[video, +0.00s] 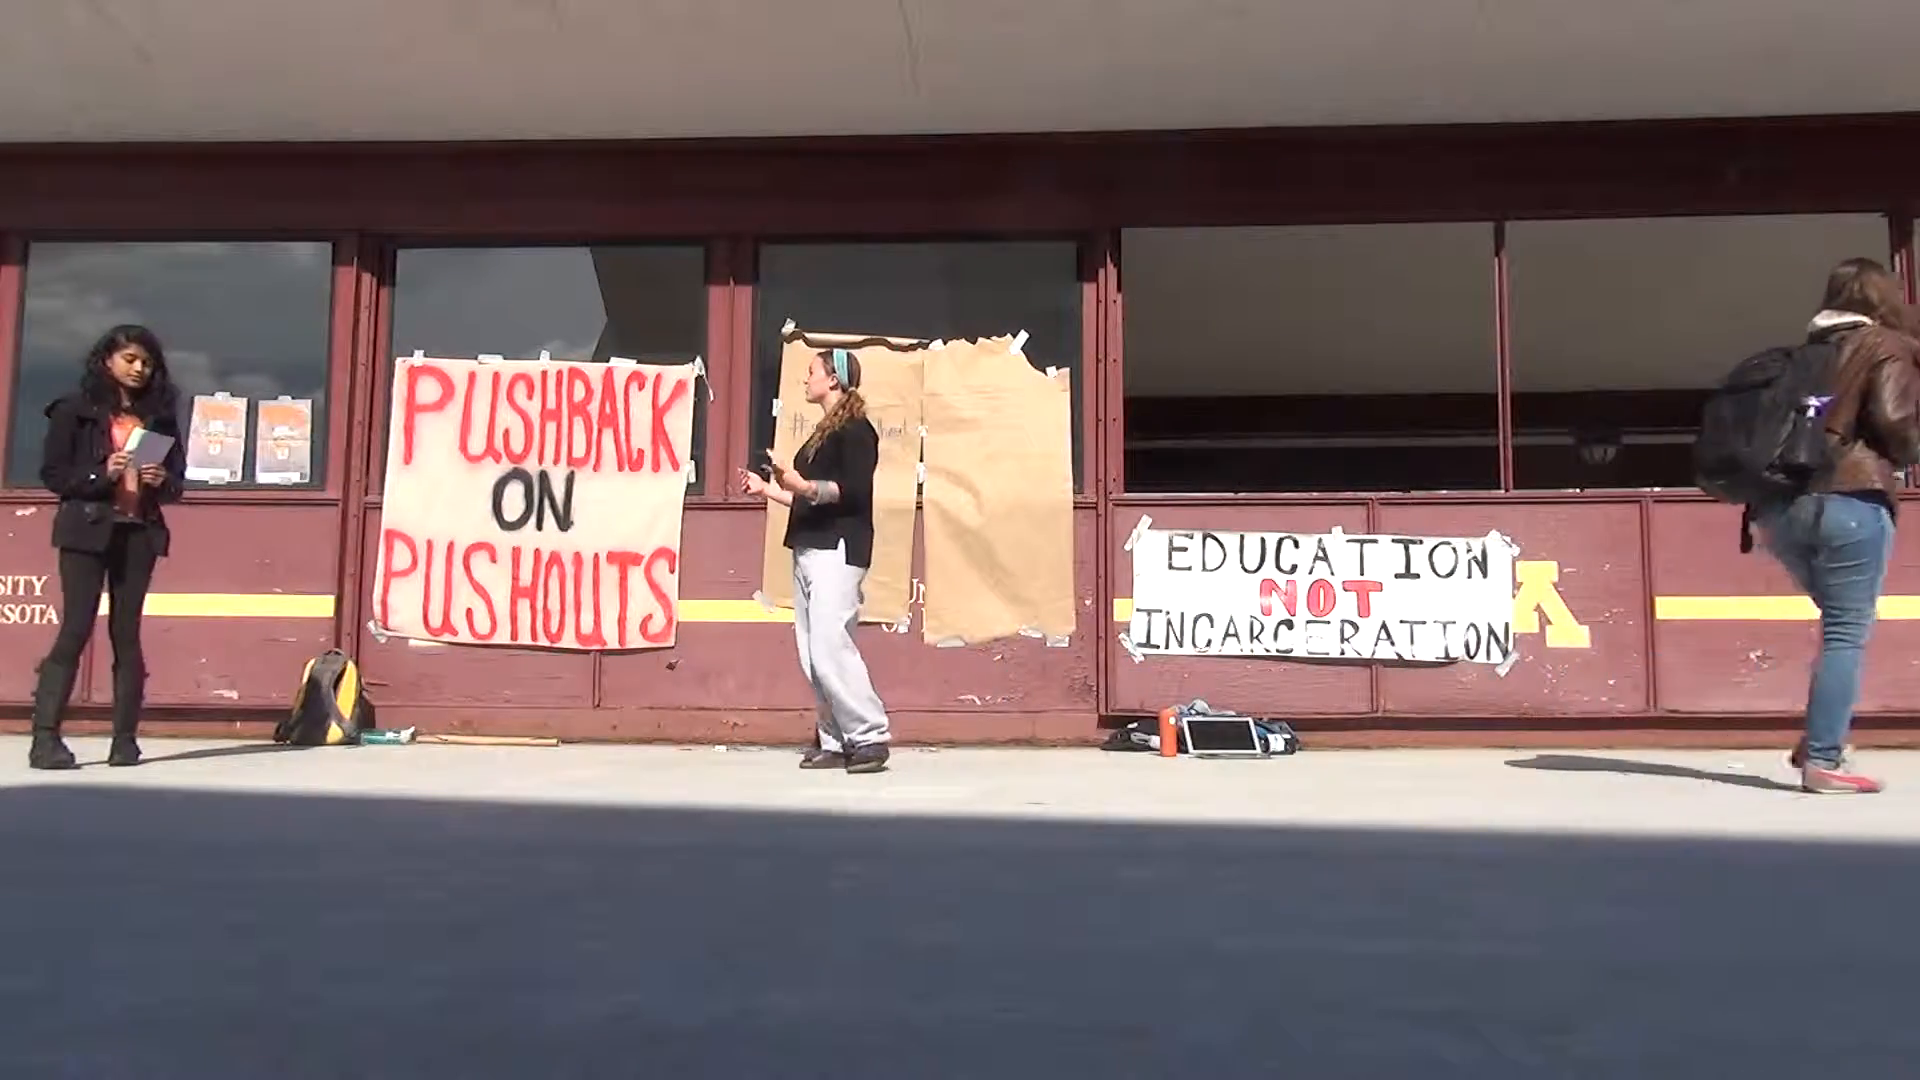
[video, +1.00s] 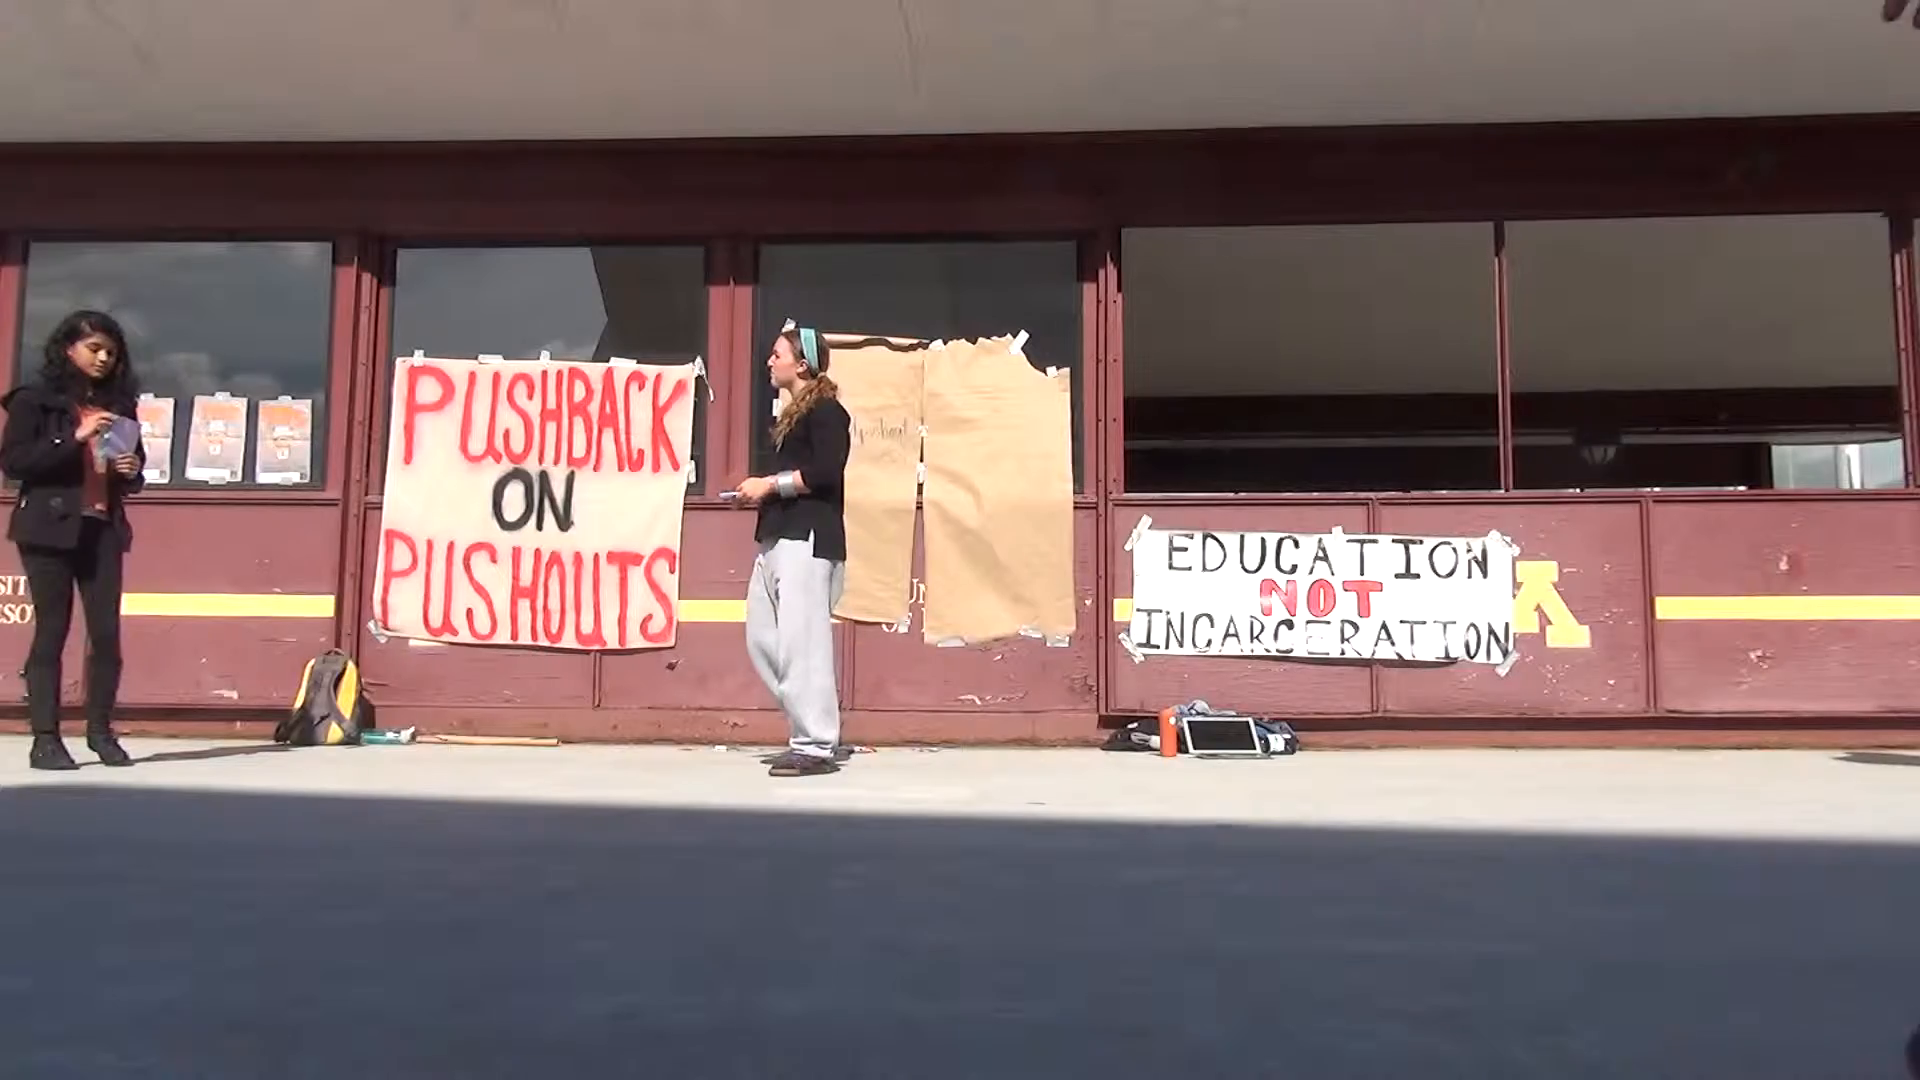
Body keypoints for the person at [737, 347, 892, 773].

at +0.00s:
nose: (805, 379)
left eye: (812, 372)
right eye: (808, 372)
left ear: (834, 378)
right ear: (830, 378)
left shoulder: (855, 430)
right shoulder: (825, 432)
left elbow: (852, 491)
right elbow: (811, 500)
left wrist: (799, 482)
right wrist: (768, 490)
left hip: (836, 551)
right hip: (809, 550)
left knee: (829, 646)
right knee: (813, 651)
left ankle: (869, 738)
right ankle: (835, 741)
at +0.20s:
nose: (797, 379)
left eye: (803, 372)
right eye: (799, 372)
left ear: (825, 378)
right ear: (824, 378)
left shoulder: (847, 427)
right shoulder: (826, 427)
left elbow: (844, 487)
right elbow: (818, 491)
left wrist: (789, 483)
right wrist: (773, 497)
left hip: (830, 549)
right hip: (816, 547)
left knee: (814, 644)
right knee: (833, 643)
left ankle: (829, 743)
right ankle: (847, 740)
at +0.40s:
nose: (792, 375)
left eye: (799, 368)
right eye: (793, 368)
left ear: (821, 375)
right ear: (817, 376)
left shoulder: (838, 422)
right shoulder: (819, 422)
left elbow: (840, 485)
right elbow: (817, 485)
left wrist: (785, 493)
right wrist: (778, 497)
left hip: (823, 548)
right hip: (817, 547)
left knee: (810, 645)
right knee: (832, 644)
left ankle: (816, 744)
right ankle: (848, 742)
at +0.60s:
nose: (784, 369)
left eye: (790, 362)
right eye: (785, 362)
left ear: (813, 368)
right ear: (808, 370)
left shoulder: (831, 415)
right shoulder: (813, 415)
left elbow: (834, 477)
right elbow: (813, 477)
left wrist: (777, 486)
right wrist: (771, 488)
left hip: (818, 544)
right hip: (810, 543)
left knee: (810, 643)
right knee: (824, 642)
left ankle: (815, 743)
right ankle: (846, 738)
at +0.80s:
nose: (778, 365)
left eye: (785, 358)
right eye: (779, 358)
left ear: (809, 364)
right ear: (801, 364)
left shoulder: (829, 411)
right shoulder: (803, 414)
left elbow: (826, 472)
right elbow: (798, 474)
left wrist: (772, 483)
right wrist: (760, 484)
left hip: (814, 541)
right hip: (794, 540)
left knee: (808, 642)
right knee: (796, 642)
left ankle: (815, 744)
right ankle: (839, 730)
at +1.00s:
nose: (770, 362)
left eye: (778, 356)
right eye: (772, 355)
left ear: (802, 364)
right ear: (792, 364)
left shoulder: (825, 409)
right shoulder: (791, 414)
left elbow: (826, 471)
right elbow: (798, 475)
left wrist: (770, 484)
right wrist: (762, 485)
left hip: (806, 542)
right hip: (776, 543)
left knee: (804, 641)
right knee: (763, 639)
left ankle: (815, 746)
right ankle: (815, 734)